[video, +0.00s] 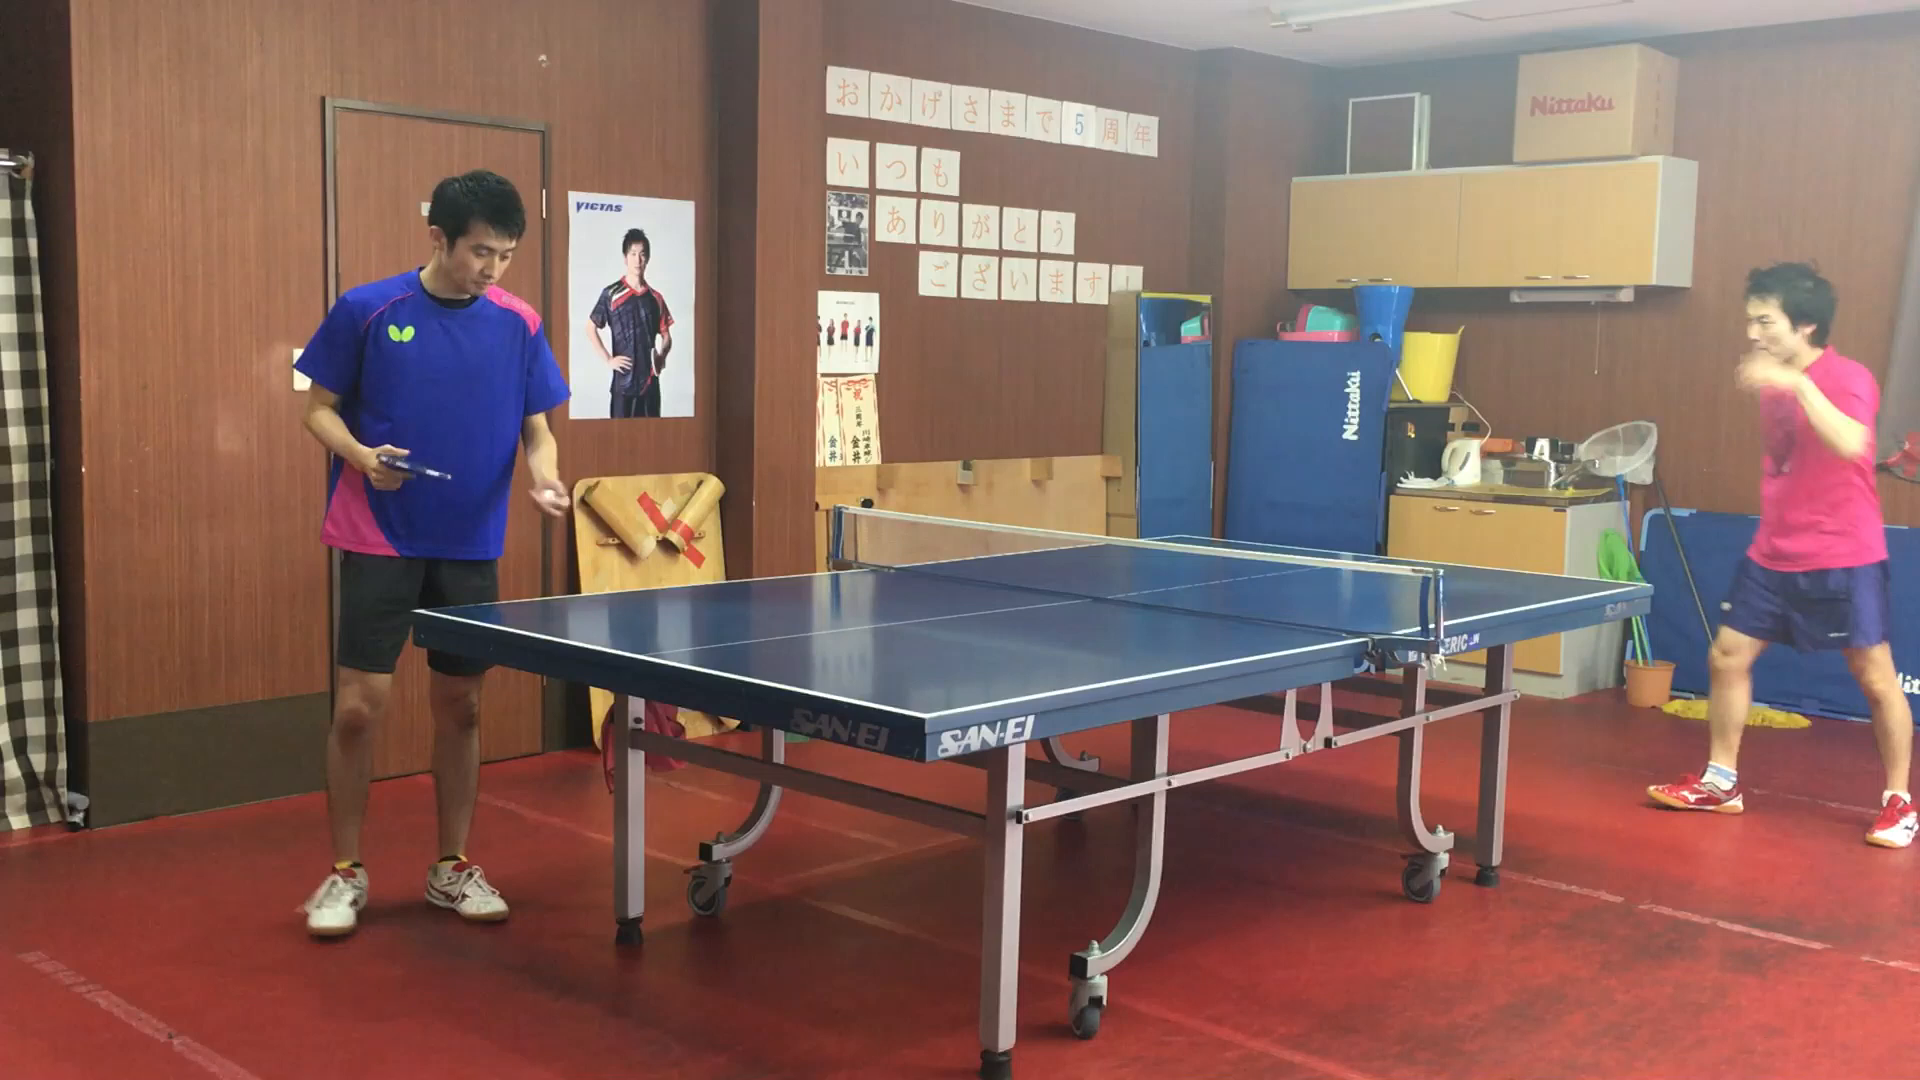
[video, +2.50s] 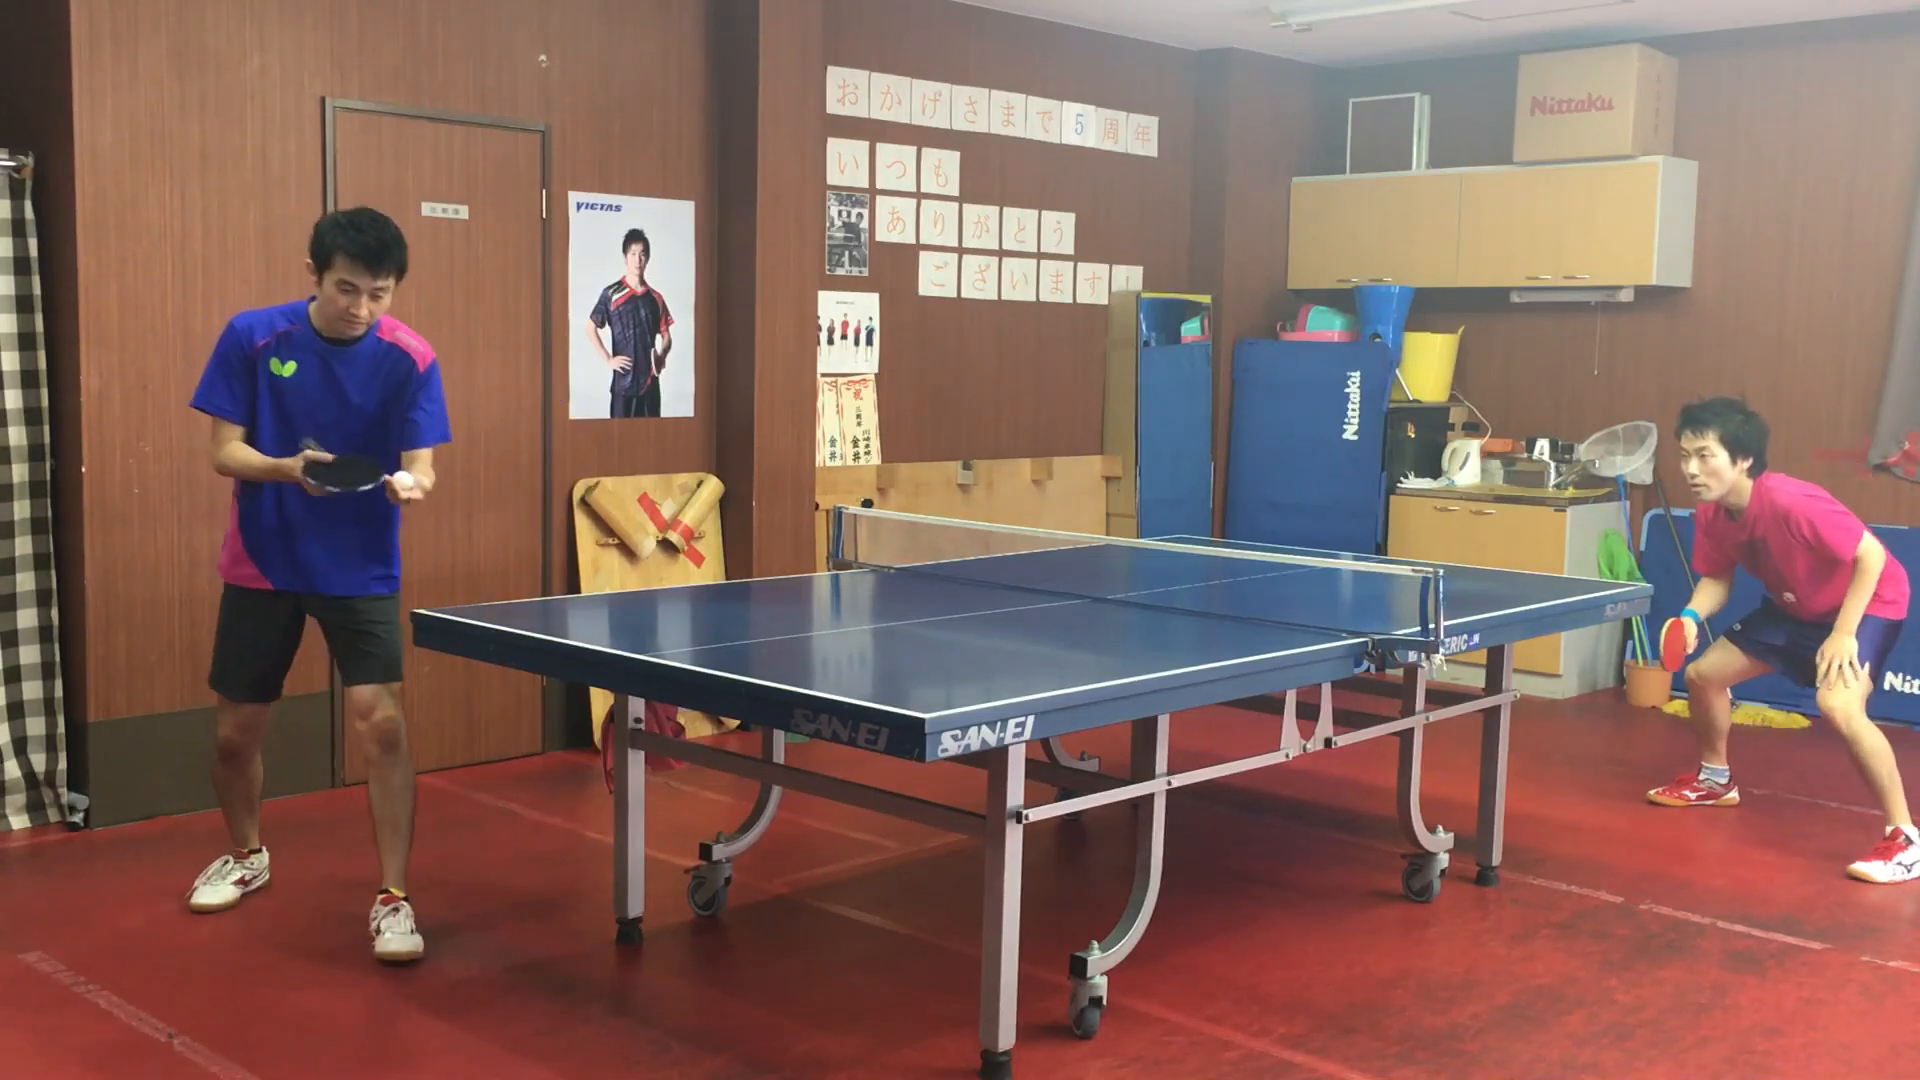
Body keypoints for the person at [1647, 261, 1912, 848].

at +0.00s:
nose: (1752, 332)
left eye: (1765, 320)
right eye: (1750, 320)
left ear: (1806, 325)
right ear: (1755, 324)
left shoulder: (1847, 377)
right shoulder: (1772, 382)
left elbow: (1853, 443)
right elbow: (1783, 465)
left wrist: (1797, 383)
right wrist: (1775, 535)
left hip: (1844, 556)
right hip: (1774, 551)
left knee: (1875, 675)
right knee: (1727, 657)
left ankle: (1899, 799)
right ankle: (1720, 782)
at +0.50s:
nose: (1798, 339)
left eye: (1812, 325)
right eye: (1794, 326)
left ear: (1853, 330)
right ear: (1793, 330)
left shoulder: (1897, 389)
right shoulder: (1801, 399)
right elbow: (1779, 470)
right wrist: (1741, 532)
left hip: (1895, 557)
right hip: (1826, 551)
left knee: (1897, 677)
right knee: (1794, 656)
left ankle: (1903, 799)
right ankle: (1804, 771)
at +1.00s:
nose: (1701, 345)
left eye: (1715, 333)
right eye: (1697, 334)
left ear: (1753, 340)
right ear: (1696, 343)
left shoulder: (1793, 393)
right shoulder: (1711, 421)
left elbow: (1859, 456)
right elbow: (1725, 491)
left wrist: (1828, 537)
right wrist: (1704, 541)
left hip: (1830, 553)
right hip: (1759, 556)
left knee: (1852, 671)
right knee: (1707, 658)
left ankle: (1899, 794)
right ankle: (1713, 776)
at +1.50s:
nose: (1715, 407)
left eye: (1730, 395)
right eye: (1712, 395)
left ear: (1770, 405)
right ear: (1709, 398)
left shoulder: (1808, 452)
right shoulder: (1735, 461)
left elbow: (1902, 506)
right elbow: (1761, 522)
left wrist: (1871, 582)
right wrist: (1737, 580)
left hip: (1881, 580)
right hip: (1814, 578)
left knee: (1871, 697)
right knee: (1754, 673)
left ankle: (1899, 837)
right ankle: (1721, 776)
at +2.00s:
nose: (1674, 425)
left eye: (1688, 412)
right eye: (1670, 413)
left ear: (1728, 421)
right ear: (1668, 418)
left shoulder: (1772, 465)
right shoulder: (1694, 475)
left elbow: (1853, 519)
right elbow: (1707, 540)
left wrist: (1839, 600)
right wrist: (1689, 587)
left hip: (1842, 586)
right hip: (1773, 584)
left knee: (1856, 695)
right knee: (1701, 664)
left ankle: (1905, 835)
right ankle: (1713, 777)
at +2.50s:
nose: (1690, 469)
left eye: (1703, 456)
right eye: (1685, 456)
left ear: (1744, 462)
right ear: (1679, 459)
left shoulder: (1791, 503)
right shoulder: (1713, 513)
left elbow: (1872, 556)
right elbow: (1715, 579)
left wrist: (1843, 633)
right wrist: (1690, 617)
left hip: (1869, 603)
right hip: (1796, 606)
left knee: (1838, 705)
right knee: (1704, 675)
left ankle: (1904, 837)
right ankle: (1713, 780)